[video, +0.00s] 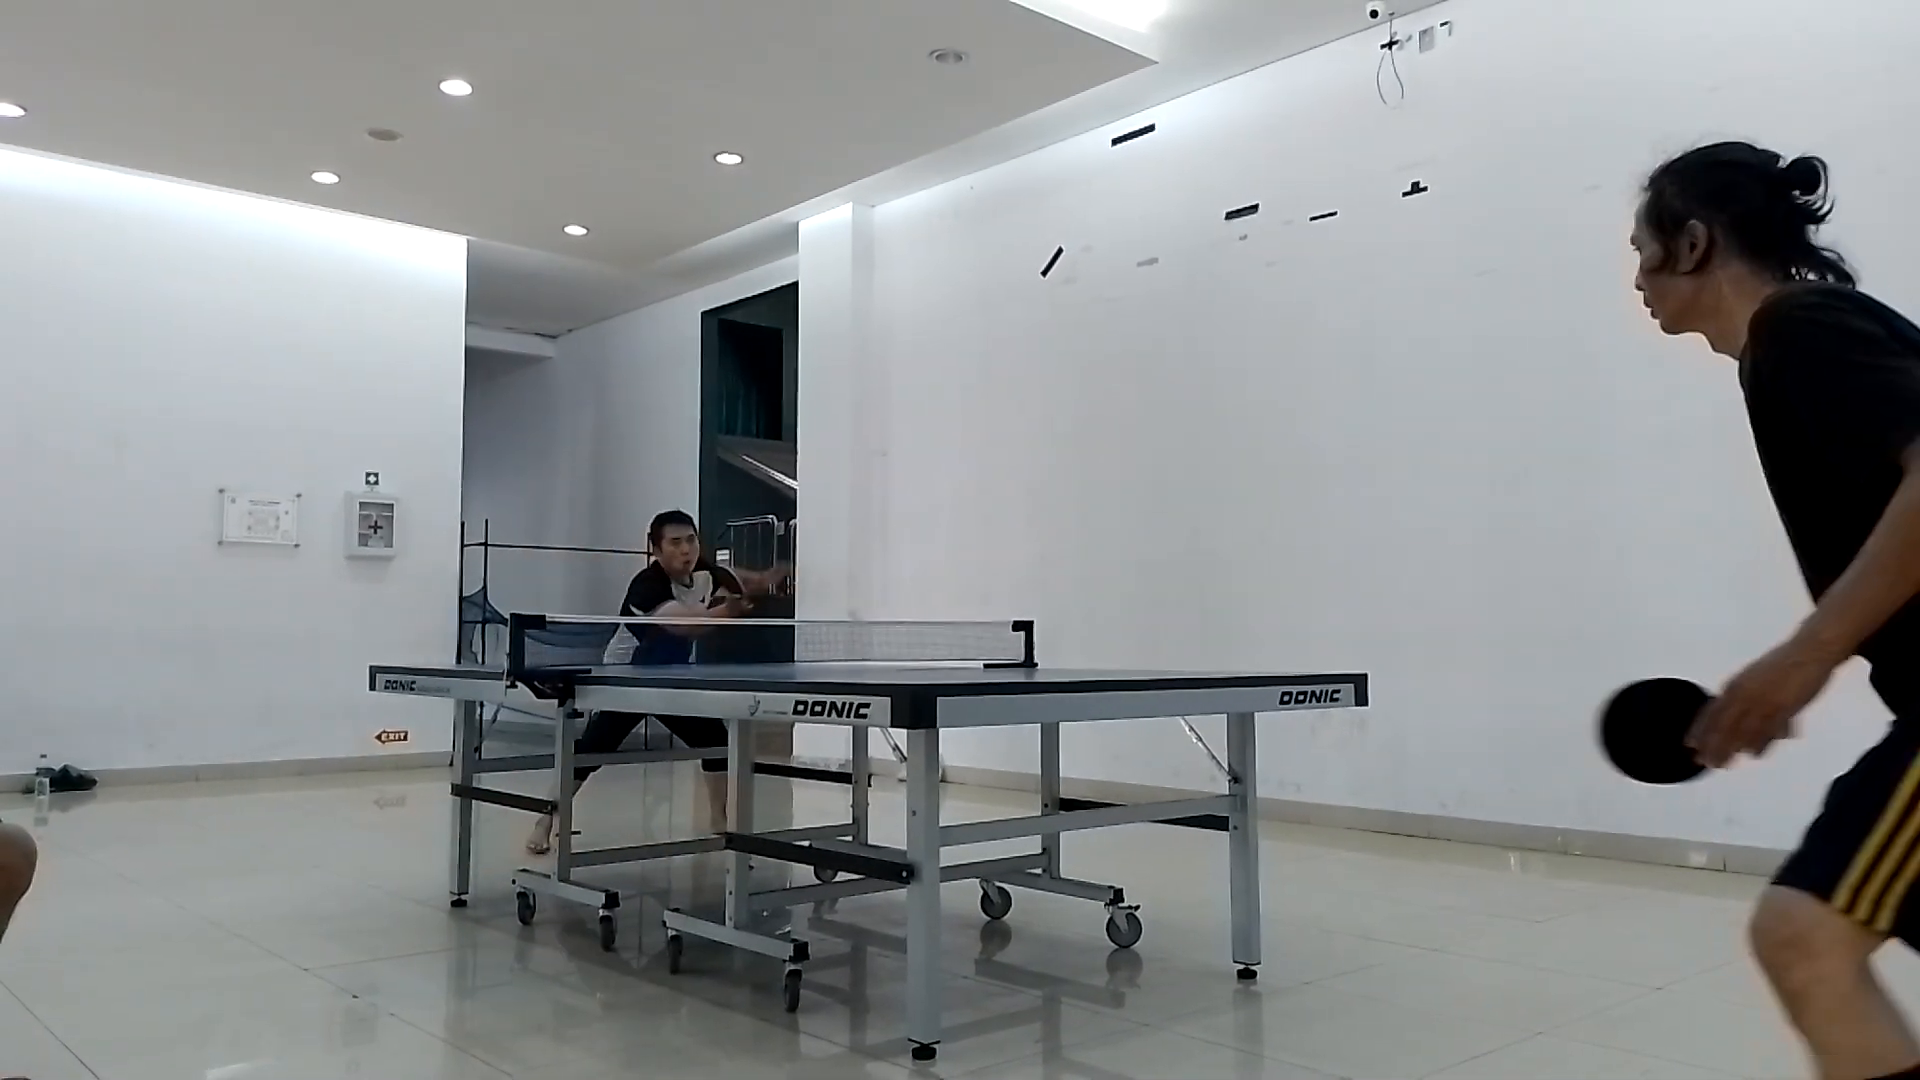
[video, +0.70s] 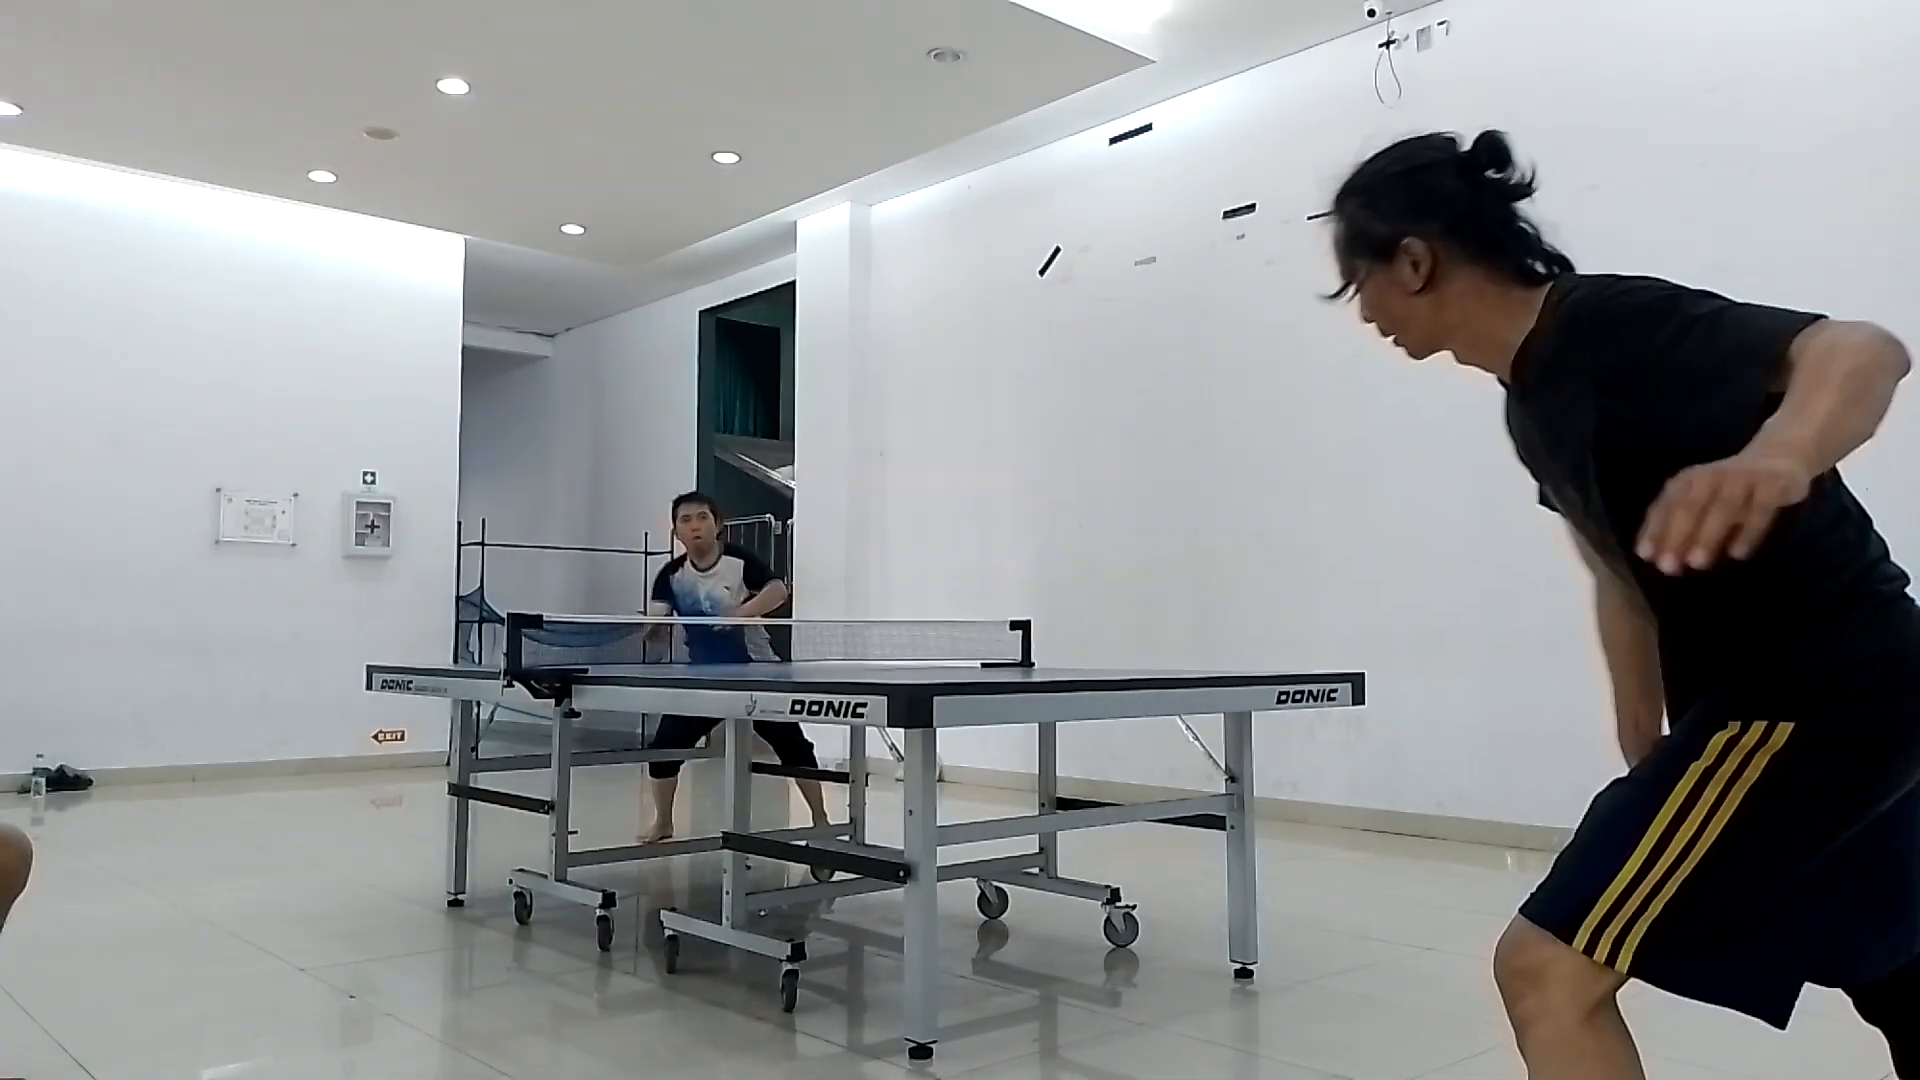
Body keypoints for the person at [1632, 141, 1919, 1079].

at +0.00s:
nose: (1638, 283)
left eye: (1641, 254)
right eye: (1635, 259)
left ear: (1698, 243)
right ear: (1715, 242)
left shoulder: (1804, 331)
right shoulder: (1796, 342)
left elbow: (1919, 478)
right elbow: (1889, 542)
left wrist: (1802, 659)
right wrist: (1785, 683)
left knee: (1803, 935)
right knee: (1808, 936)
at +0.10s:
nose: (1614, 290)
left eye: (1619, 259)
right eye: (1612, 264)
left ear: (1680, 245)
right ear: (1691, 246)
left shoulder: (1781, 339)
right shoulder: (1764, 354)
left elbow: (1909, 480)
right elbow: (1815, 561)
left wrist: (1758, 656)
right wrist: (1685, 673)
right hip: (1907, 712)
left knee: (1748, 955)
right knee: (1755, 957)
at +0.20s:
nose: (1560, 283)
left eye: (1566, 252)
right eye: (1559, 257)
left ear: (1628, 242)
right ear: (1637, 244)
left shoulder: (1737, 344)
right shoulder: (1710, 364)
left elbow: (1878, 493)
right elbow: (1711, 571)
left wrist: (1682, 663)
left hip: (1886, 727)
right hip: (1876, 725)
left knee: (1656, 983)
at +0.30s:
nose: (1496, 285)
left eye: (1506, 255)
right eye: (1495, 260)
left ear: (1568, 235)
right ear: (1571, 239)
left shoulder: (1685, 342)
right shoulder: (1647, 372)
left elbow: (1794, 512)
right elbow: (1588, 578)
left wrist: (1576, 677)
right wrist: (1511, 503)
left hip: (1828, 728)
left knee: (1564, 977)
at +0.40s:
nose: (1430, 307)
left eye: (1434, 275)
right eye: (1424, 280)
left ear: (1503, 244)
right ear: (1503, 244)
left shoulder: (1645, 337)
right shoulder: (1585, 377)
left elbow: (1758, 508)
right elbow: (1533, 573)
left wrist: (1535, 664)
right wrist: (1446, 527)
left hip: (1808, 728)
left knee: (1538, 983)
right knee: (1904, 993)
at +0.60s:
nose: (1360, 328)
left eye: (1355, 302)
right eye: (1347, 309)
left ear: (1416, 267)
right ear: (1422, 272)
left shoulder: (1622, 322)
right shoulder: (1511, 417)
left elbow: (1873, 375)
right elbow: (1549, 587)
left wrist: (1739, 539)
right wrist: (1567, 752)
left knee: (1549, 983)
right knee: (1884, 982)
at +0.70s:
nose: (1360, 312)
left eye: (1356, 284)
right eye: (1349, 289)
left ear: (1415, 260)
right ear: (1423, 263)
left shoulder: (1606, 321)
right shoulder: (1534, 406)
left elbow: (1863, 350)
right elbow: (1620, 584)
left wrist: (1781, 453)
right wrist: (1647, 764)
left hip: (1813, 693)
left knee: (1546, 974)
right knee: (1899, 985)